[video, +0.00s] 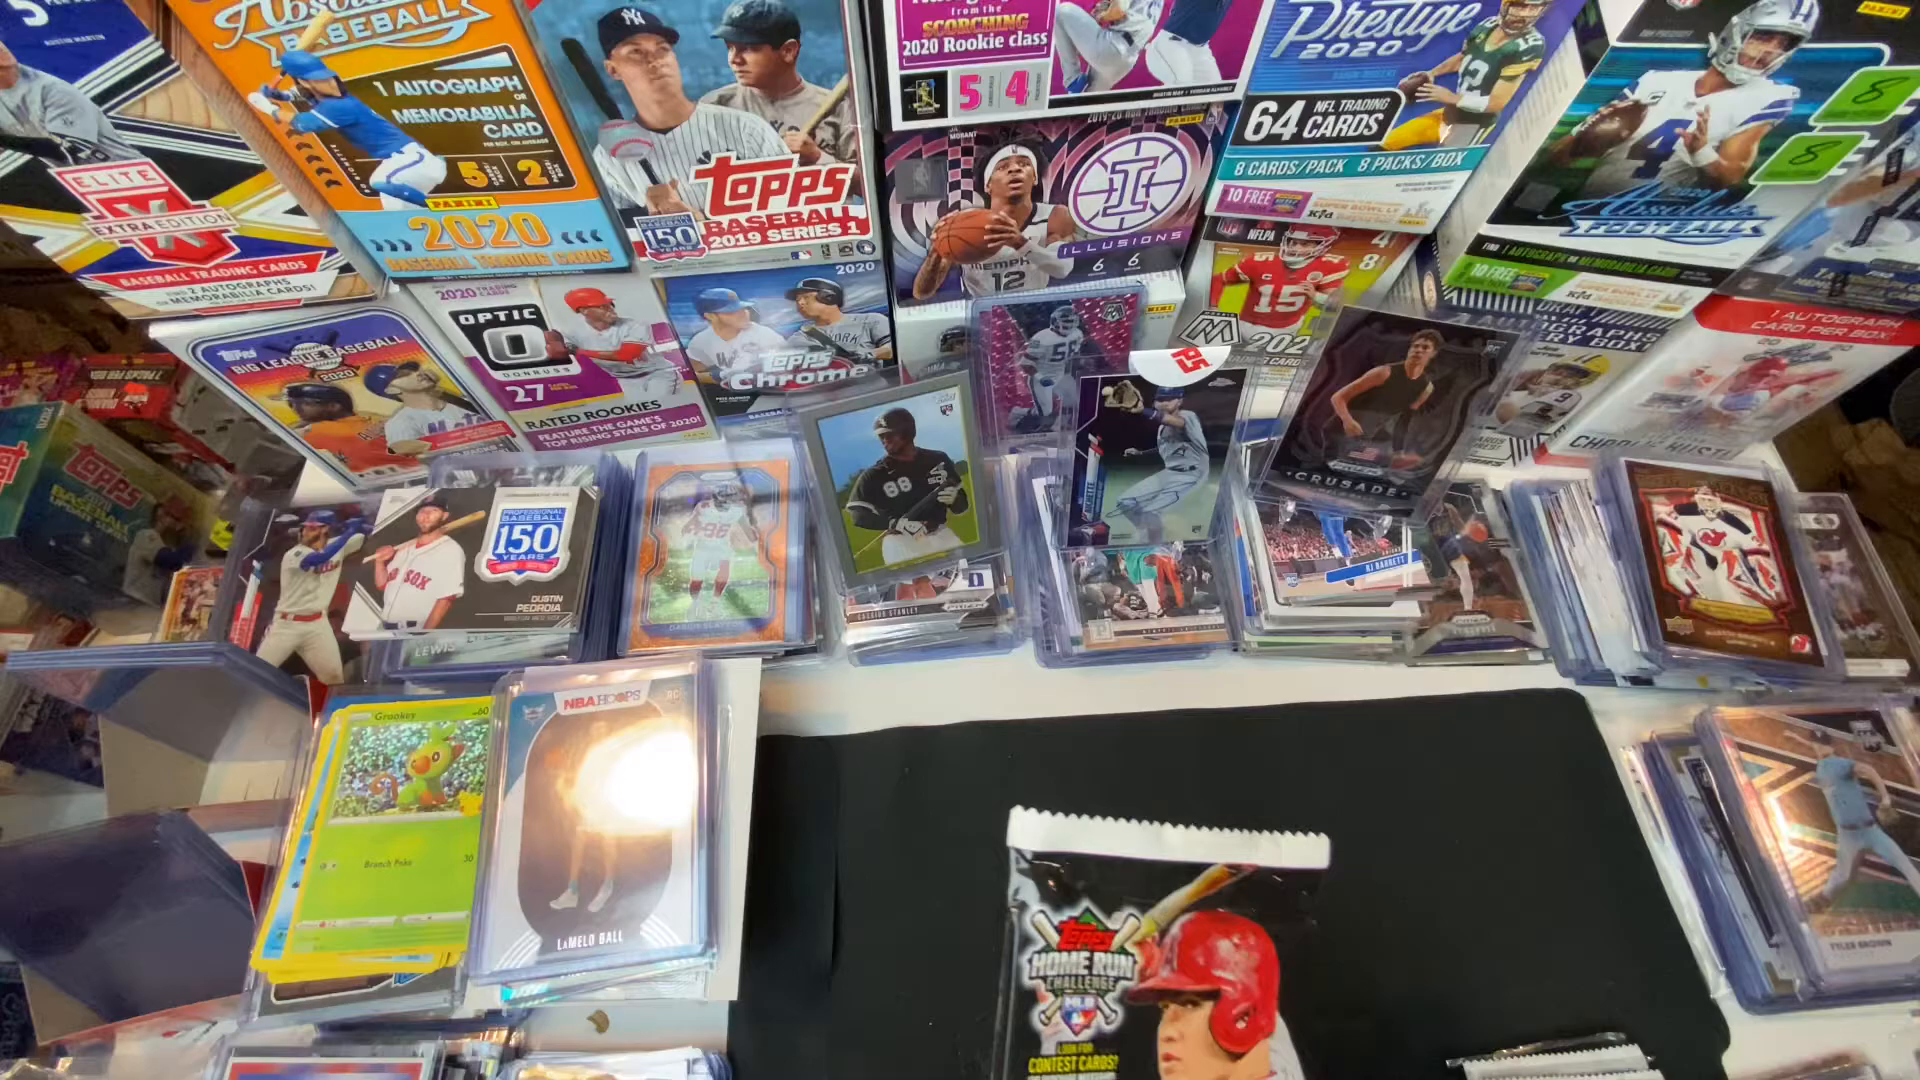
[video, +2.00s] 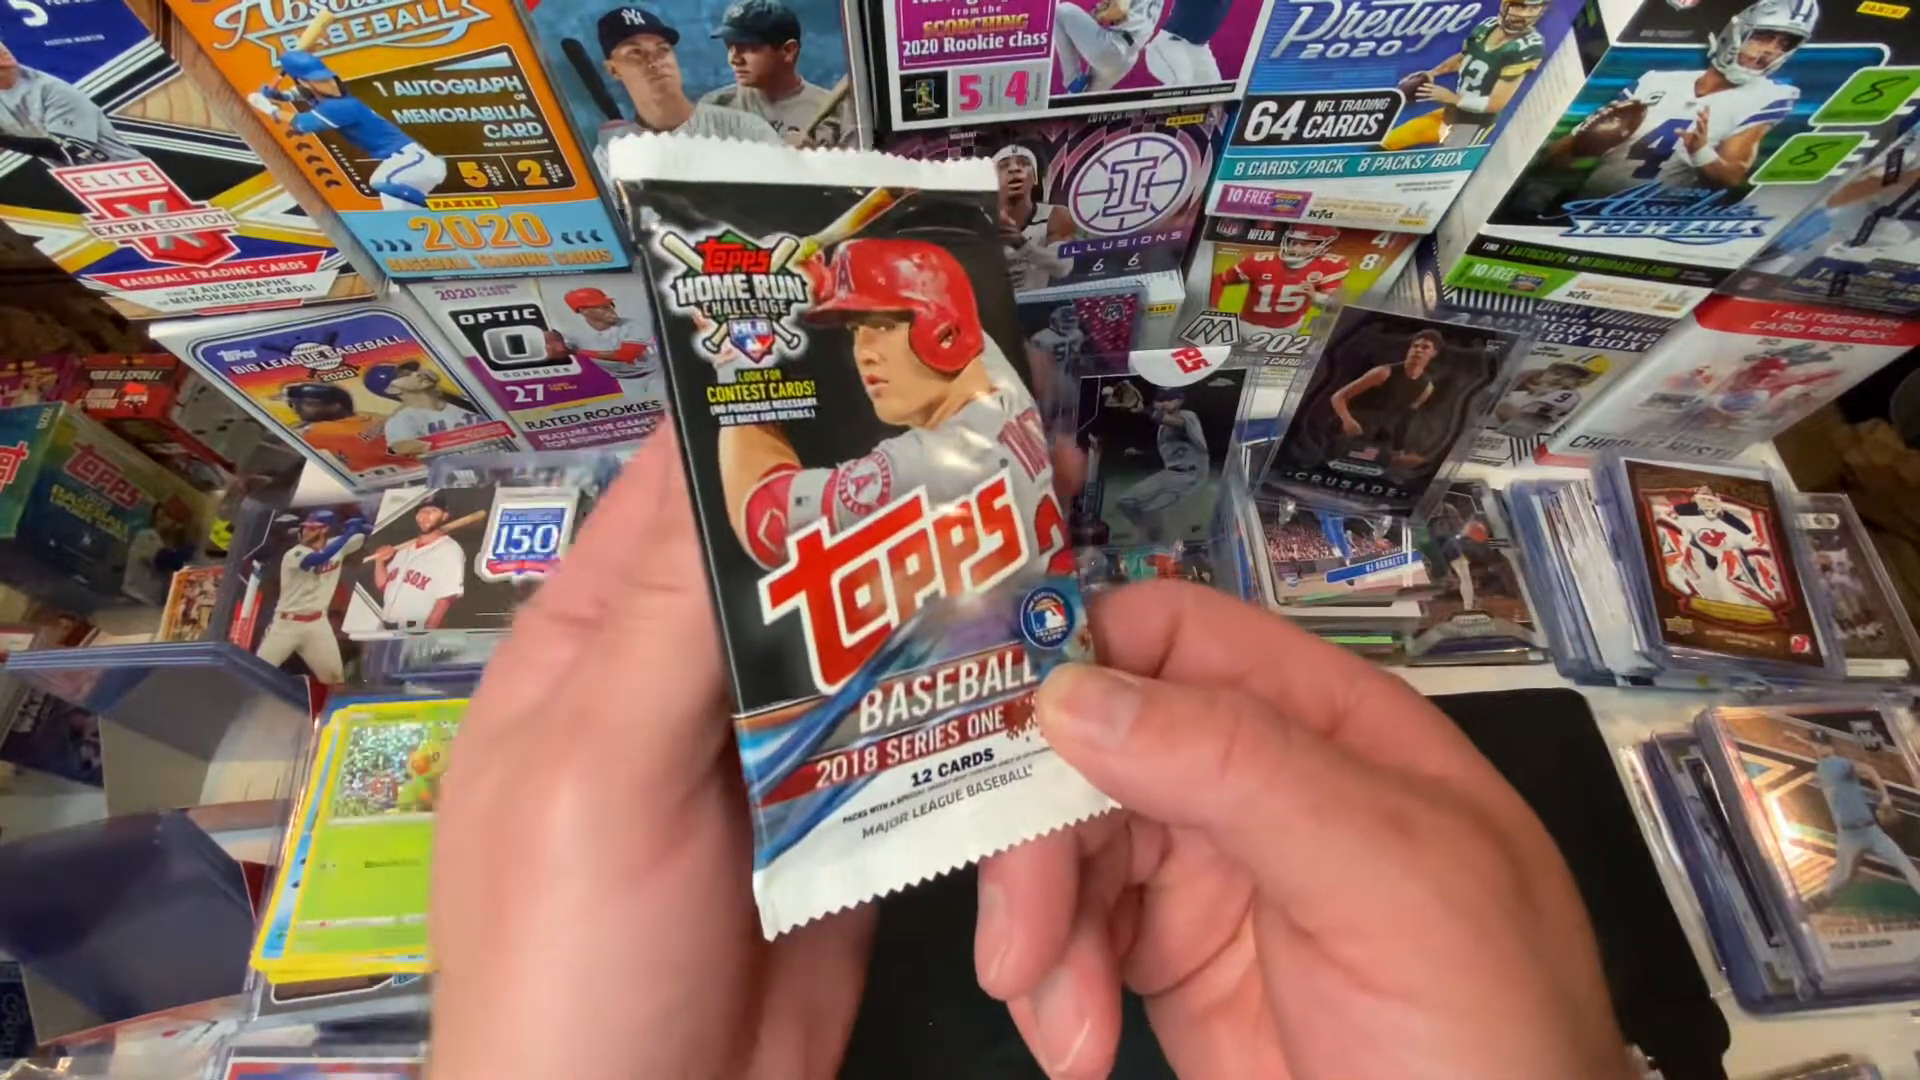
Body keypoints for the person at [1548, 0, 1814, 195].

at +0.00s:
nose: (1769, 51)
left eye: (1782, 46)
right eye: (1764, 37)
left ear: (1787, 57)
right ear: (1738, 34)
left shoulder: (1766, 99)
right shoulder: (1656, 82)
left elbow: (1733, 178)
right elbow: (1559, 156)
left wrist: (1701, 153)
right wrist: (1584, 136)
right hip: (1592, 207)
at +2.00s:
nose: (1770, 52)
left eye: (1783, 45)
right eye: (1764, 37)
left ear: (1789, 56)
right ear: (1737, 33)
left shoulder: (1762, 100)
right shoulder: (1657, 83)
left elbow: (1735, 177)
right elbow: (1561, 153)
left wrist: (1703, 154)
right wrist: (1585, 140)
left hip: (1658, 224)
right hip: (1591, 206)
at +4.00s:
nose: (1770, 51)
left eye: (1783, 45)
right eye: (1763, 37)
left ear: (1788, 56)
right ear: (1737, 33)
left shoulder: (1762, 100)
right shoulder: (1658, 82)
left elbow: (1735, 178)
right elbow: (1557, 156)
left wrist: (1702, 153)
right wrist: (1582, 138)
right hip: (1593, 206)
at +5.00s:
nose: (1770, 51)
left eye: (1783, 45)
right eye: (1763, 37)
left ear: (1788, 56)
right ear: (1737, 33)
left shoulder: (1763, 100)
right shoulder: (1657, 83)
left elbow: (1735, 178)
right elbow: (1554, 156)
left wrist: (1702, 154)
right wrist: (1582, 138)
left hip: (1660, 226)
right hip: (1592, 207)